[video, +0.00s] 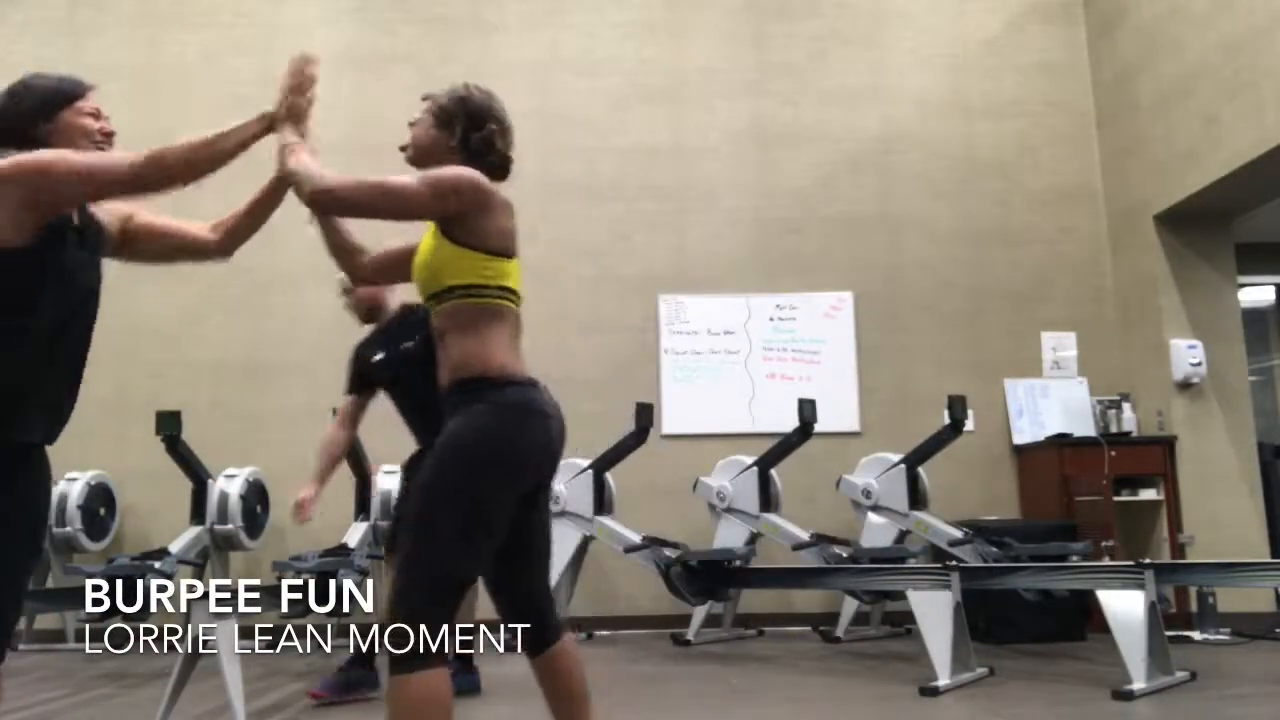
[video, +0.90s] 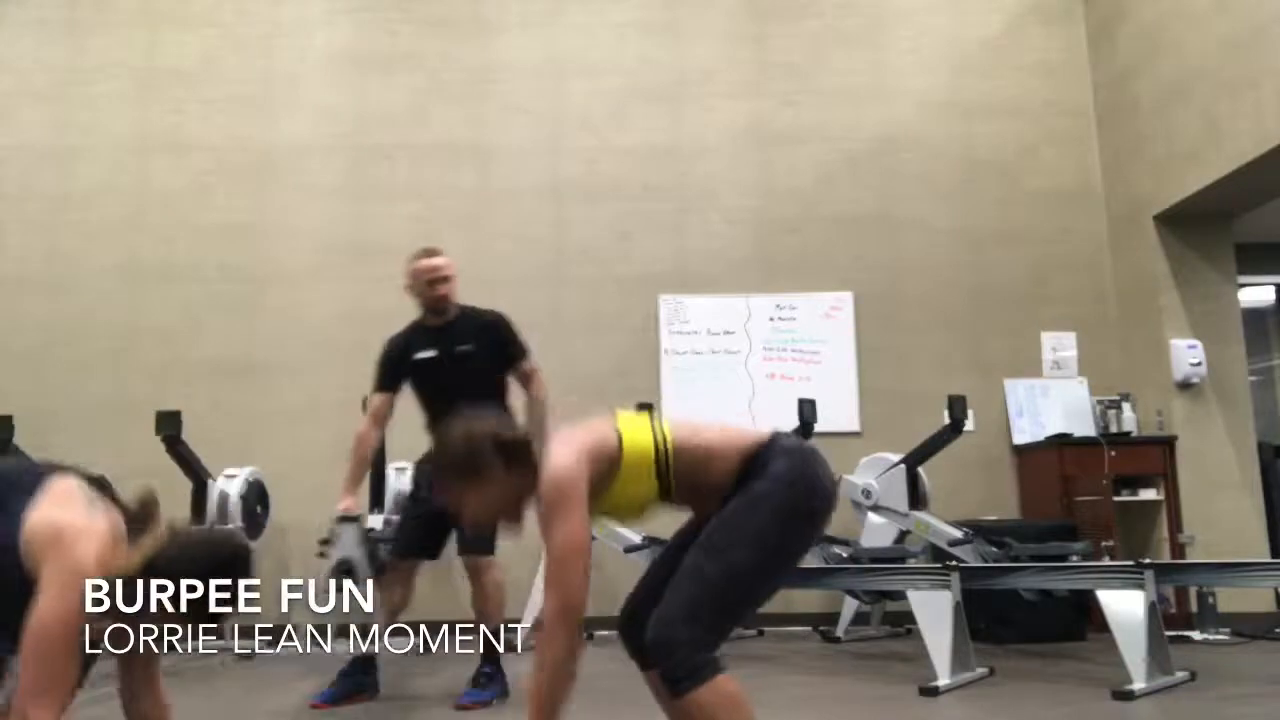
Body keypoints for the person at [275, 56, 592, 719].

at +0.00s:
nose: (409, 128)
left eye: (424, 118)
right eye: (417, 116)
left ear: (457, 134)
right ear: (454, 135)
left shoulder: (467, 190)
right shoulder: (450, 238)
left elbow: (323, 191)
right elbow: (360, 265)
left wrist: (294, 149)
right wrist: (316, 197)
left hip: (490, 422)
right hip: (514, 421)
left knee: (411, 623)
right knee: (531, 613)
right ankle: (578, 716)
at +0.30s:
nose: (437, 148)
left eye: (446, 134)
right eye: (439, 135)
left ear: (479, 138)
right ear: (498, 143)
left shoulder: (507, 188)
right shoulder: (513, 215)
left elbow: (388, 200)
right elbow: (452, 289)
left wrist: (331, 143)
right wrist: (409, 227)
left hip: (519, 418)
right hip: (552, 416)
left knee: (442, 620)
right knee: (568, 608)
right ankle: (655, 713)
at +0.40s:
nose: (464, 200)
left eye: (468, 183)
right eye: (461, 186)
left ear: (506, 171)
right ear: (505, 175)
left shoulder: (554, 212)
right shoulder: (532, 244)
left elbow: (513, 257)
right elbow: (497, 336)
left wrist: (394, 220)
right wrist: (426, 287)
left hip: (574, 429)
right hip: (597, 429)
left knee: (484, 623)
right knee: (627, 627)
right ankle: (698, 714)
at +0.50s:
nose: (480, 221)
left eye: (482, 202)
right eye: (475, 207)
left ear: (521, 185)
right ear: (521, 189)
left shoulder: (584, 224)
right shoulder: (559, 262)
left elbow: (571, 288)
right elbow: (539, 372)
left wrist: (440, 315)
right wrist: (457, 380)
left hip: (635, 427)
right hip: (632, 431)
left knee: (552, 623)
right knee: (649, 623)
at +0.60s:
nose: (480, 240)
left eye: (480, 222)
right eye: (473, 228)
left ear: (513, 197)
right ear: (514, 202)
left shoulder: (581, 229)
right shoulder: (558, 267)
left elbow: (571, 327)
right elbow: (566, 396)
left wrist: (487, 401)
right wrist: (502, 456)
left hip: (677, 415)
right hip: (663, 422)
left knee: (619, 613)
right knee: (674, 618)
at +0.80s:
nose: (461, 397)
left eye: (456, 383)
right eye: (451, 389)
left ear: (481, 354)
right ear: (488, 347)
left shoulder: (557, 361)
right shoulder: (550, 371)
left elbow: (557, 499)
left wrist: (519, 623)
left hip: (765, 437)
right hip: (724, 455)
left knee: (701, 625)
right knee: (656, 615)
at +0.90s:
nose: (465, 515)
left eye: (462, 499)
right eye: (456, 504)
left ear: (493, 471)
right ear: (497, 464)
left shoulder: (565, 466)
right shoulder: (556, 470)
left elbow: (565, 620)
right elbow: (560, 618)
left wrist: (541, 709)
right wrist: (542, 705)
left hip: (785, 478)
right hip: (740, 491)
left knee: (678, 642)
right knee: (641, 628)